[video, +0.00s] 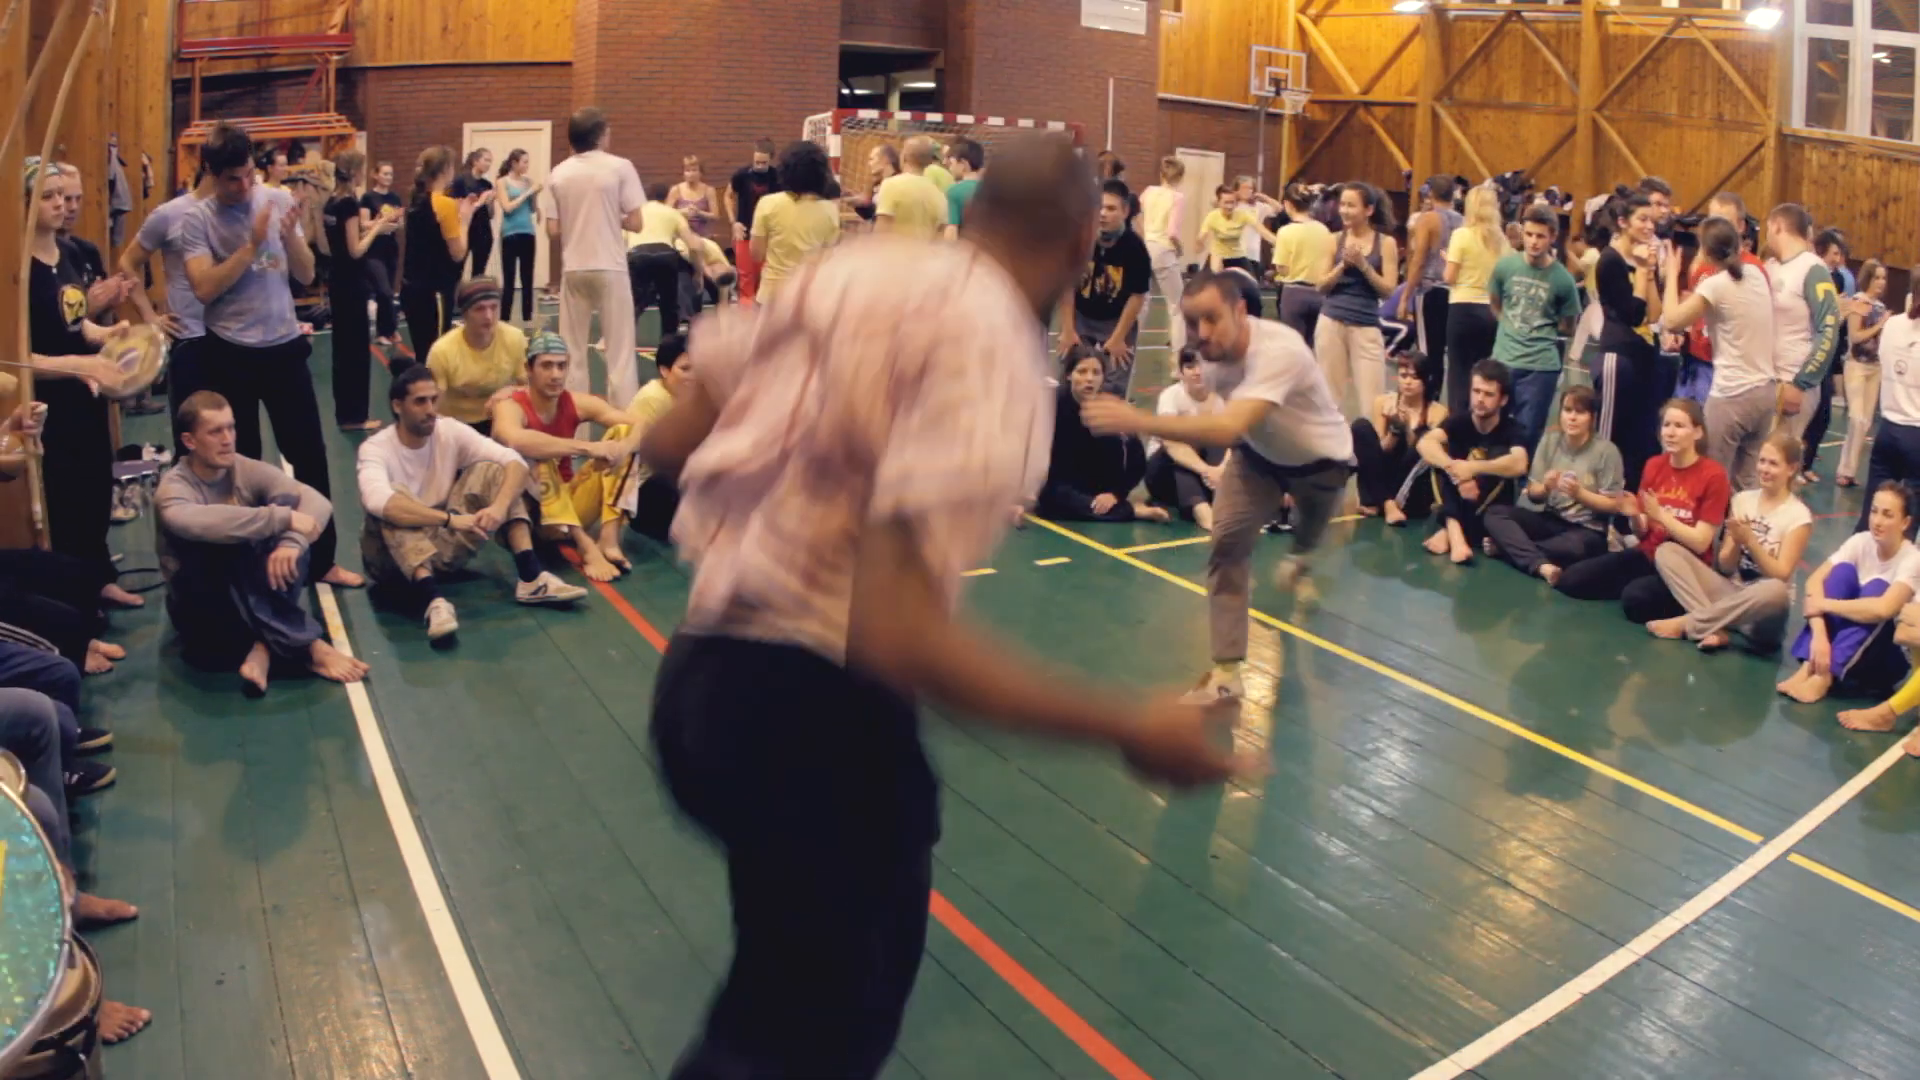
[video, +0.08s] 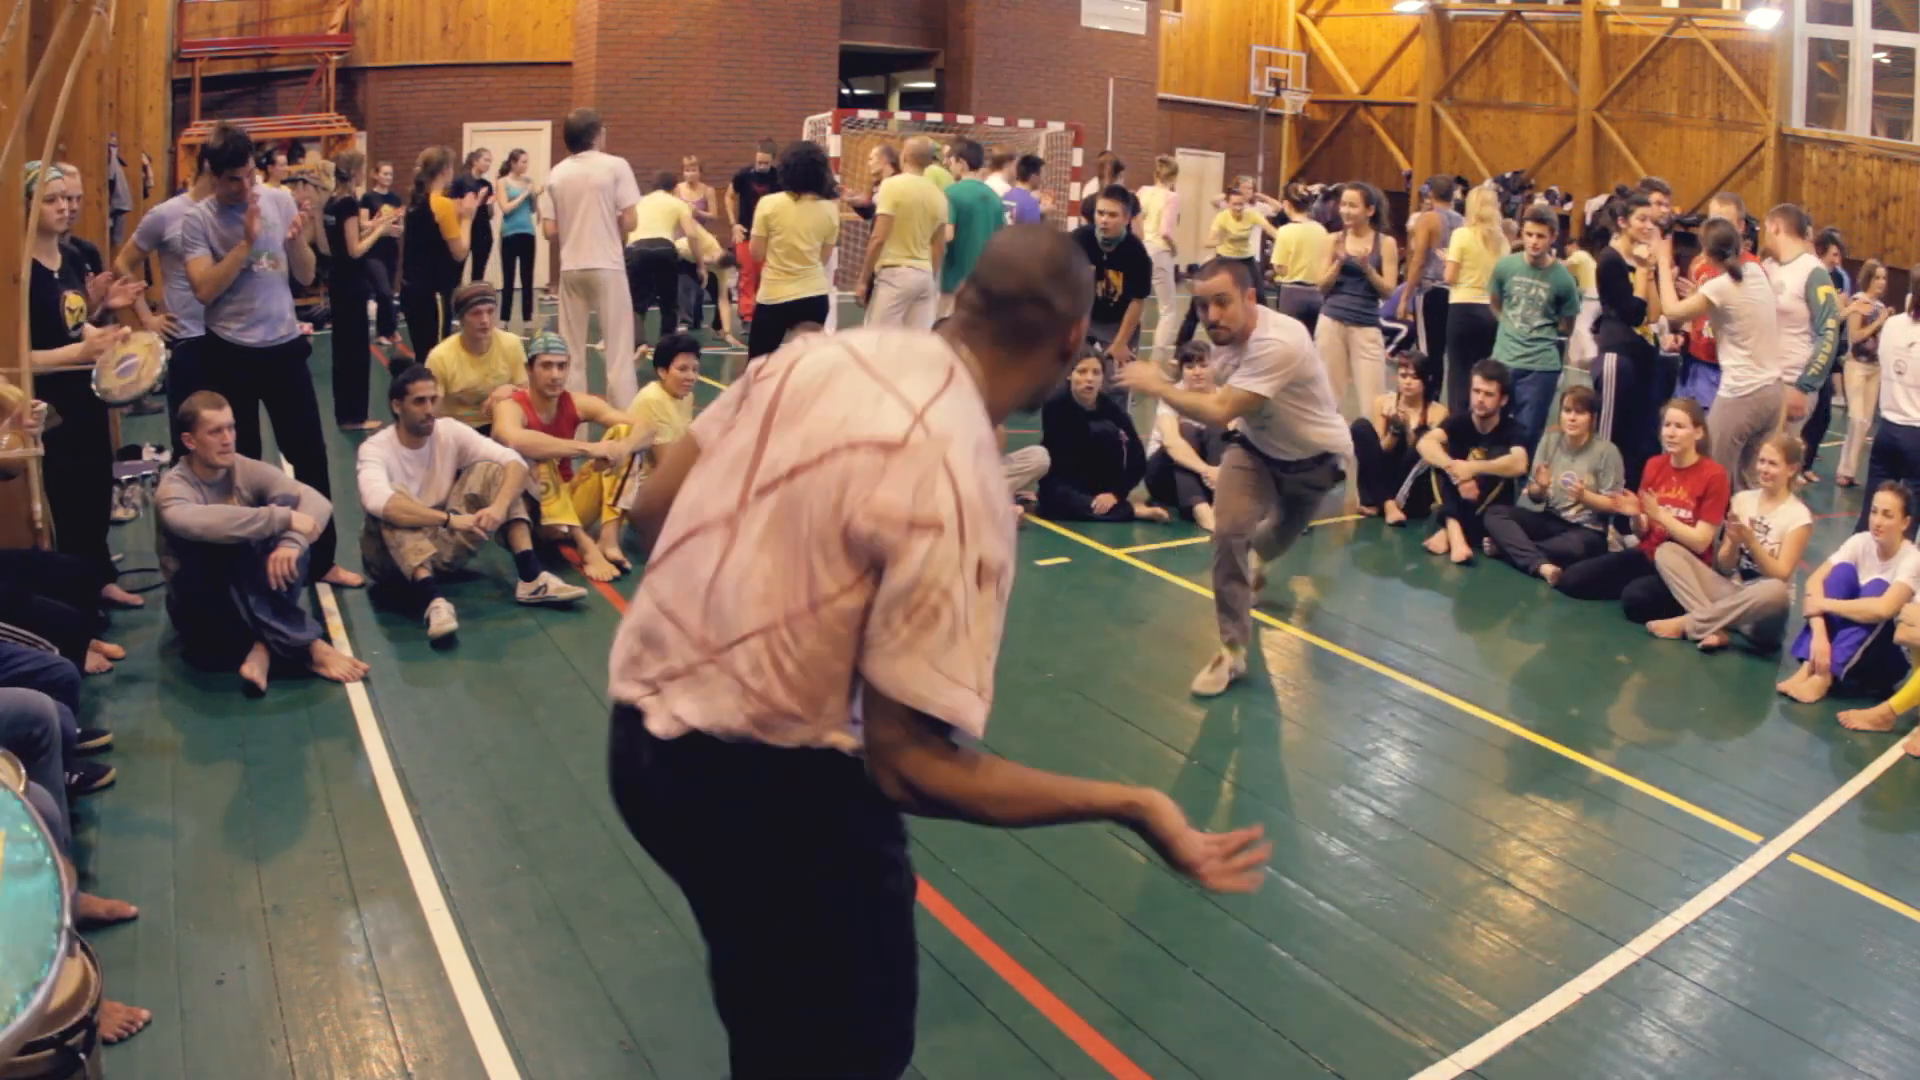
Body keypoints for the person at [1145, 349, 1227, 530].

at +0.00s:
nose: (1196, 372)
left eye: (1200, 366)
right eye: (1190, 367)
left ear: (1209, 369)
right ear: (1180, 373)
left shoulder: (1217, 401)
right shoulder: (1170, 396)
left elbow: (1231, 437)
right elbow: (1171, 443)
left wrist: (1222, 470)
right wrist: (1206, 471)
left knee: (1218, 442)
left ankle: (1221, 506)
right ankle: (1200, 509)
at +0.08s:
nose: (1197, 372)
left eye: (1203, 366)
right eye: (1190, 367)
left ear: (1213, 367)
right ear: (1181, 370)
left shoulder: (1224, 397)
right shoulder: (1170, 395)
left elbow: (1234, 434)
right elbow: (1171, 441)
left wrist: (1222, 475)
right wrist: (1206, 470)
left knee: (1217, 430)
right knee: (1186, 432)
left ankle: (1221, 502)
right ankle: (1199, 506)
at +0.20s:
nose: (1197, 372)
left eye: (1203, 366)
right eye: (1190, 367)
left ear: (1214, 369)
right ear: (1181, 371)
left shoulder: (1221, 395)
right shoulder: (1170, 396)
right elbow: (1171, 442)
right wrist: (1206, 471)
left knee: (1218, 428)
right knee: (1186, 431)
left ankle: (1224, 500)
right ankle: (1196, 504)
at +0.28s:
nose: (1196, 373)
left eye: (1202, 366)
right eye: (1189, 367)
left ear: (1213, 366)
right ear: (1179, 368)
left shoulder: (1225, 399)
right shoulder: (1171, 397)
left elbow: (1233, 442)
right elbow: (1171, 441)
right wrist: (1206, 470)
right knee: (1188, 432)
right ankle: (1195, 503)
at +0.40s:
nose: (1199, 376)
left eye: (1206, 370)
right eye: (1193, 368)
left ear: (1216, 373)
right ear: (1180, 369)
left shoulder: (1227, 400)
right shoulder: (1170, 397)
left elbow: (1237, 441)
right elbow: (1171, 442)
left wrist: (1222, 472)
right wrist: (1210, 476)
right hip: (1168, 481)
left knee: (1218, 427)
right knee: (1186, 431)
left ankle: (1220, 503)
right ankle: (1199, 505)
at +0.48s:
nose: (1199, 381)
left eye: (1204, 374)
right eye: (1192, 377)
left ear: (1213, 375)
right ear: (1183, 378)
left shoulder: (1227, 399)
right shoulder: (1170, 396)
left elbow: (1237, 441)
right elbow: (1171, 441)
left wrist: (1222, 472)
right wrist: (1207, 471)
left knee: (1218, 428)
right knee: (1186, 430)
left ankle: (1219, 501)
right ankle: (1199, 504)